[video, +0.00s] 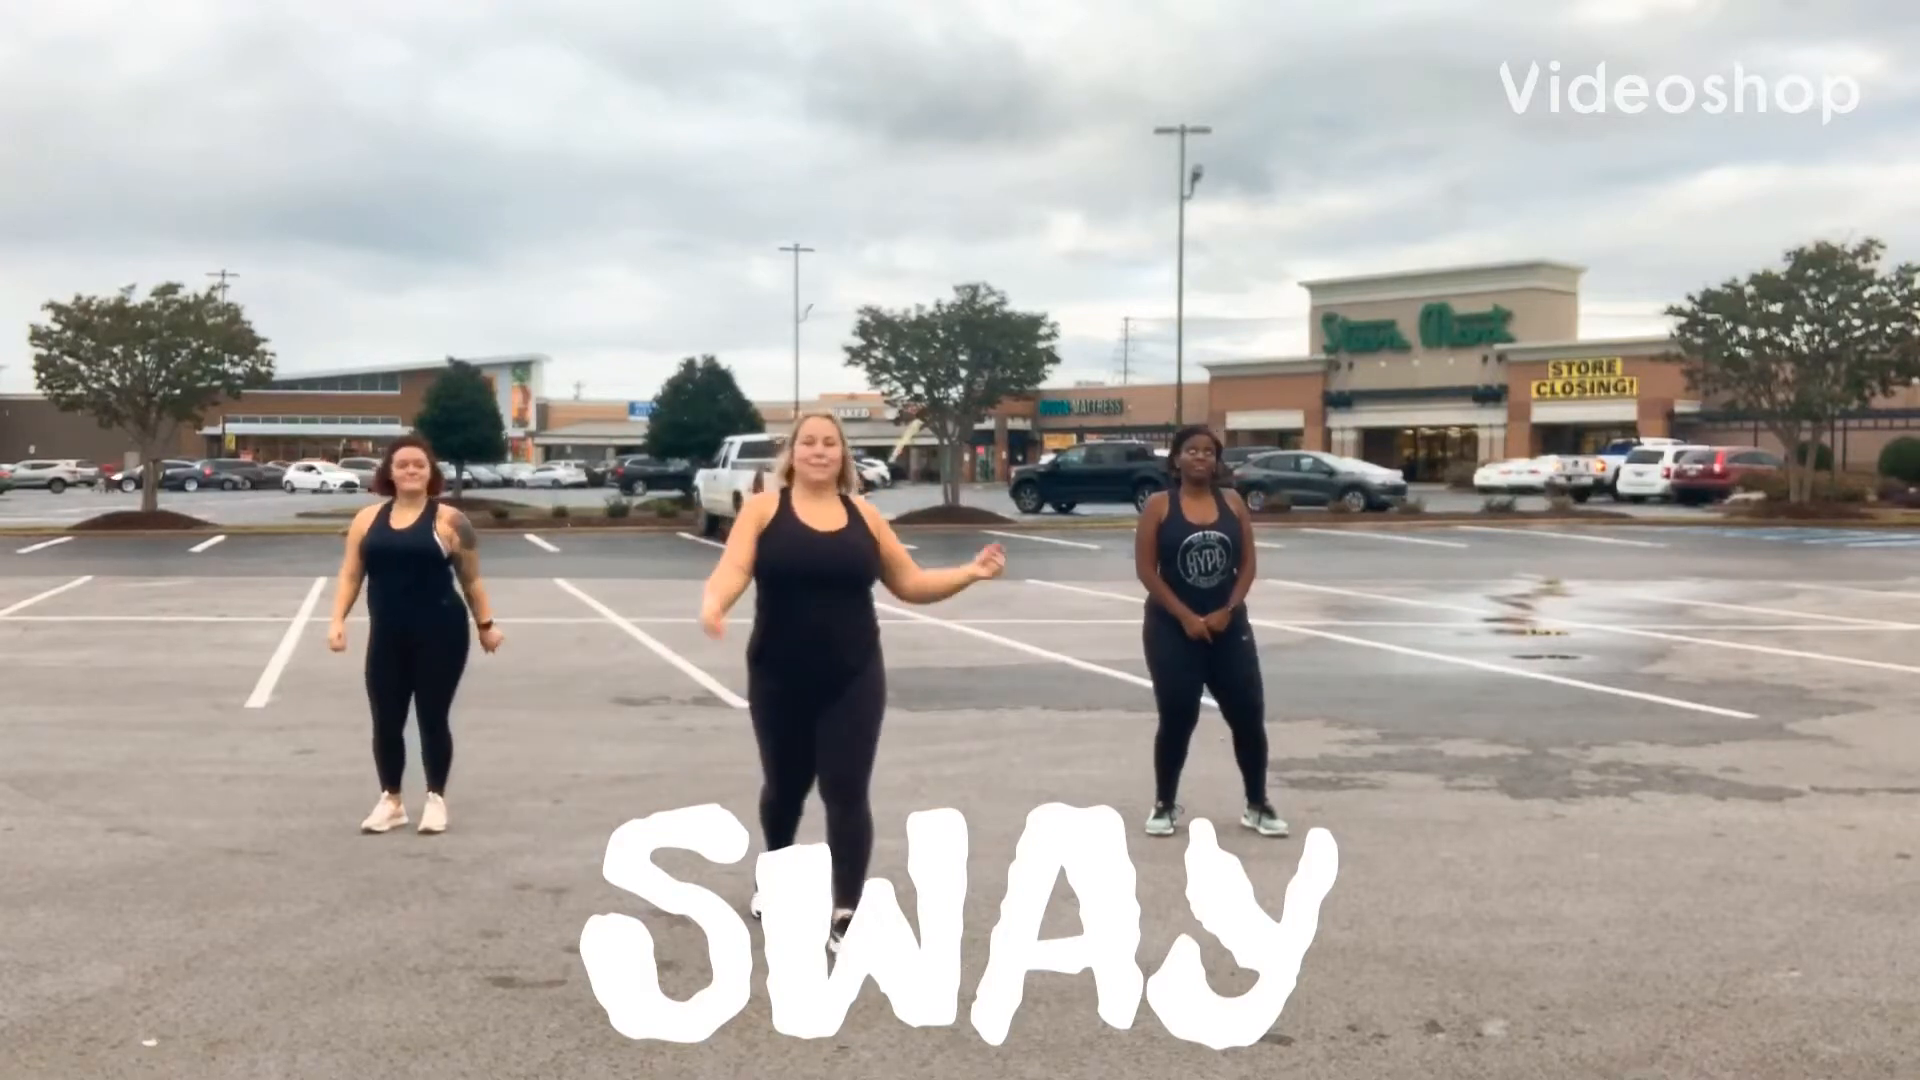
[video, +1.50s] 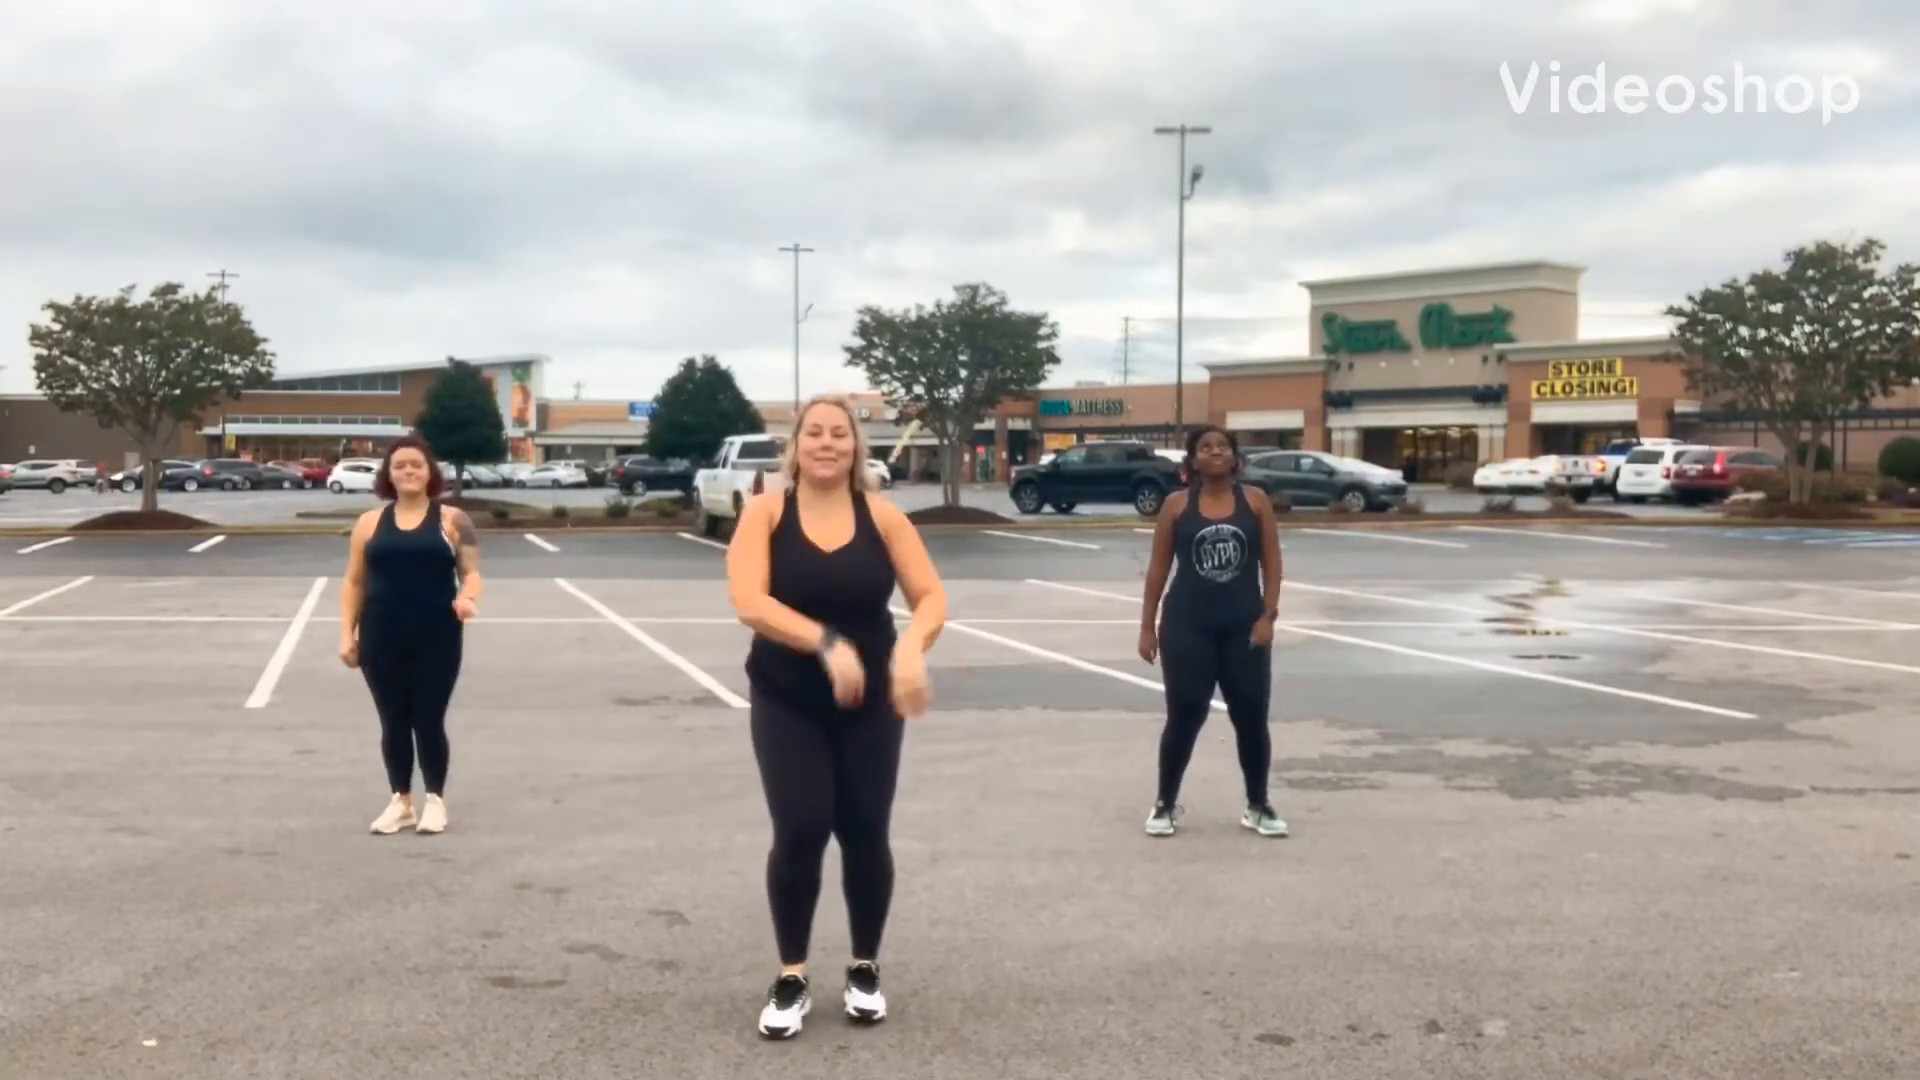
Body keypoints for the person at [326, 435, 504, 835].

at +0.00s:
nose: (410, 471)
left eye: (418, 464)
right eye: (402, 465)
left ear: (431, 472)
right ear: (389, 472)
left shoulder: (450, 520)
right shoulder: (368, 519)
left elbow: (470, 578)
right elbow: (351, 574)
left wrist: (486, 624)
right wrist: (337, 619)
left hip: (441, 635)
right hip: (387, 636)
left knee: (432, 717)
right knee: (385, 724)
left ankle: (435, 799)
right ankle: (391, 800)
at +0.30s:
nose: (404, 472)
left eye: (411, 465)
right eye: (395, 467)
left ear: (424, 471)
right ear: (383, 475)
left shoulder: (447, 518)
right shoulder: (364, 522)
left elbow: (466, 573)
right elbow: (352, 582)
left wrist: (478, 620)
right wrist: (338, 633)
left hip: (437, 636)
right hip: (381, 637)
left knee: (426, 717)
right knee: (388, 721)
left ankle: (434, 799)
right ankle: (390, 800)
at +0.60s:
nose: (404, 475)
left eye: (410, 467)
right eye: (395, 470)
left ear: (425, 473)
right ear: (384, 480)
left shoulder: (451, 518)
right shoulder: (370, 527)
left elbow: (471, 569)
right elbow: (359, 590)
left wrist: (481, 600)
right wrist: (347, 640)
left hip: (436, 636)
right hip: (381, 638)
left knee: (424, 718)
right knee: (388, 720)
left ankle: (434, 799)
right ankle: (391, 799)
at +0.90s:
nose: (412, 470)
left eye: (419, 463)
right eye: (404, 464)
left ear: (433, 469)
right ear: (392, 473)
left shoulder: (455, 518)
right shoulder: (375, 521)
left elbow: (479, 573)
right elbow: (363, 583)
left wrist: (489, 625)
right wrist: (349, 630)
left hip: (444, 635)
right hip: (390, 636)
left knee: (431, 719)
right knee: (391, 721)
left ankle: (435, 799)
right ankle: (392, 799)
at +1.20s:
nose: (411, 468)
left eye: (419, 461)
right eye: (403, 462)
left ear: (433, 469)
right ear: (393, 470)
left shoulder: (453, 520)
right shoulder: (371, 516)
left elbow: (473, 577)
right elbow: (354, 574)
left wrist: (480, 629)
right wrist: (341, 622)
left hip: (443, 635)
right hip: (389, 634)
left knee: (431, 717)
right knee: (397, 718)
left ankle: (435, 799)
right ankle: (401, 798)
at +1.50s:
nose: (408, 472)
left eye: (416, 464)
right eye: (400, 466)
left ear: (430, 471)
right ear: (389, 474)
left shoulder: (452, 520)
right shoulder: (369, 522)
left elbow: (470, 570)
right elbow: (353, 581)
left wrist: (467, 596)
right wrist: (348, 633)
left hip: (437, 636)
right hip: (382, 637)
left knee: (427, 719)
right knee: (394, 721)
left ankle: (434, 800)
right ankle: (401, 799)